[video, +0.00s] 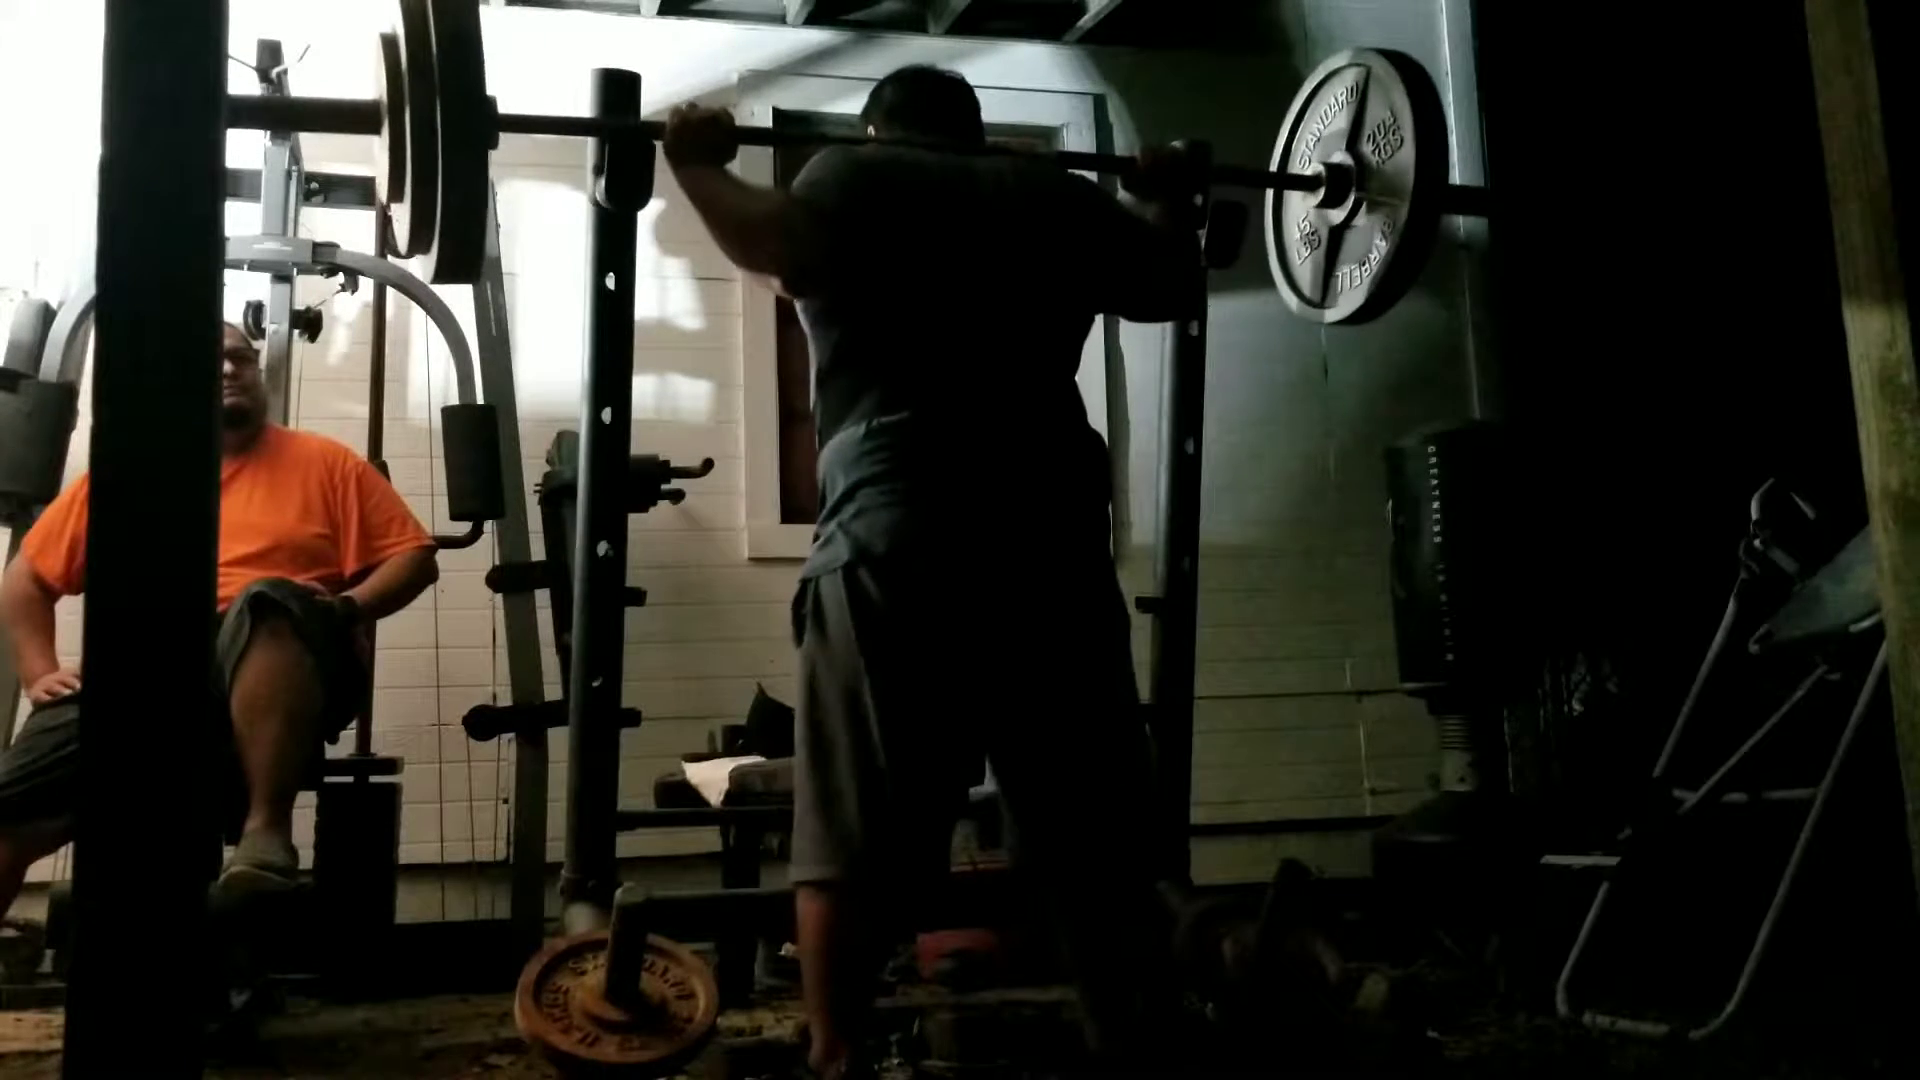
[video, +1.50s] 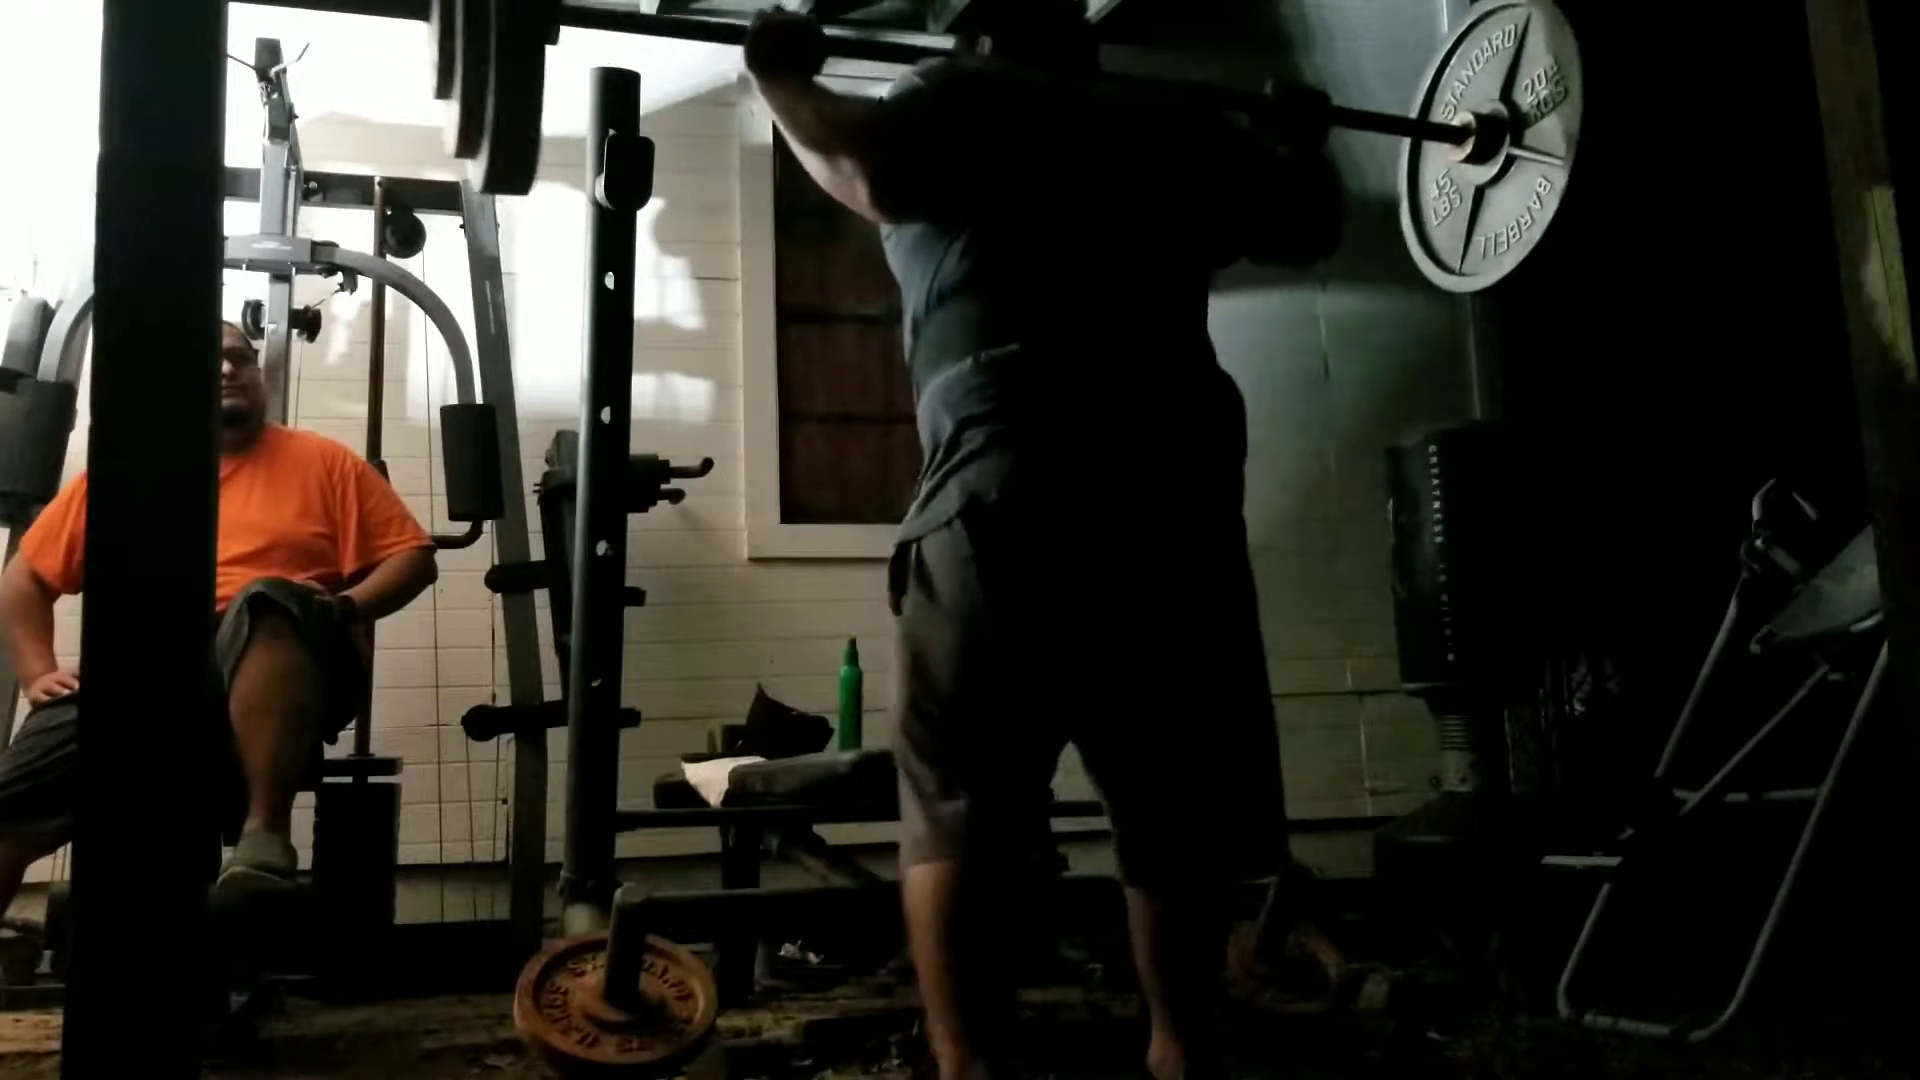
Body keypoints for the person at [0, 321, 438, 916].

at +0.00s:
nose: (230, 370)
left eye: (242, 358)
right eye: (213, 359)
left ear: (264, 375)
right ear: (186, 378)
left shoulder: (324, 463)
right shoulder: (131, 470)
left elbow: (415, 555)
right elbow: (25, 577)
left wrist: (351, 604)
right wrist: (39, 672)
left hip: (285, 667)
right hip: (146, 667)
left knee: (271, 604)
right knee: (11, 813)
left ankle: (267, 829)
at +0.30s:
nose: (230, 370)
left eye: (242, 358)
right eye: (213, 359)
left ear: (265, 377)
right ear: (186, 378)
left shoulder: (323, 463)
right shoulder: (130, 469)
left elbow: (414, 555)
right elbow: (25, 576)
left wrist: (352, 603)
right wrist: (39, 671)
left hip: (287, 667)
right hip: (146, 668)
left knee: (271, 604)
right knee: (13, 808)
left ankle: (266, 830)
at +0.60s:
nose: (231, 369)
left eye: (243, 358)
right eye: (214, 358)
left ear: (265, 378)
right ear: (186, 377)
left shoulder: (323, 463)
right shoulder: (131, 468)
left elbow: (414, 555)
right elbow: (25, 575)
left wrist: (350, 604)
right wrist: (39, 670)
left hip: (285, 668)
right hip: (145, 668)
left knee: (271, 604)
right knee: (13, 810)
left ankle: (267, 830)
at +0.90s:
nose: (231, 370)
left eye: (242, 358)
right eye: (214, 359)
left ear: (265, 376)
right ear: (187, 377)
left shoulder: (324, 463)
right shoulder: (133, 468)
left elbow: (415, 557)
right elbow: (25, 576)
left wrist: (350, 604)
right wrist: (39, 671)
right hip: (146, 666)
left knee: (271, 604)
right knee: (12, 808)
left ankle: (266, 830)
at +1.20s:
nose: (230, 370)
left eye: (241, 358)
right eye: (213, 359)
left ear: (264, 376)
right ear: (186, 377)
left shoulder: (323, 463)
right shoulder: (132, 467)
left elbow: (414, 556)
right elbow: (24, 576)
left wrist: (349, 604)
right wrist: (37, 671)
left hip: (288, 670)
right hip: (145, 667)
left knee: (271, 605)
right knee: (10, 810)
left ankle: (266, 831)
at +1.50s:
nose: (227, 371)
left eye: (239, 358)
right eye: (210, 360)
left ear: (264, 376)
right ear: (184, 379)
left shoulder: (323, 462)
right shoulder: (131, 467)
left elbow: (414, 556)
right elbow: (24, 574)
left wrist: (350, 602)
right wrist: (37, 671)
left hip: (286, 669)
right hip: (144, 666)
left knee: (272, 604)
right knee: (9, 813)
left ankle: (265, 831)